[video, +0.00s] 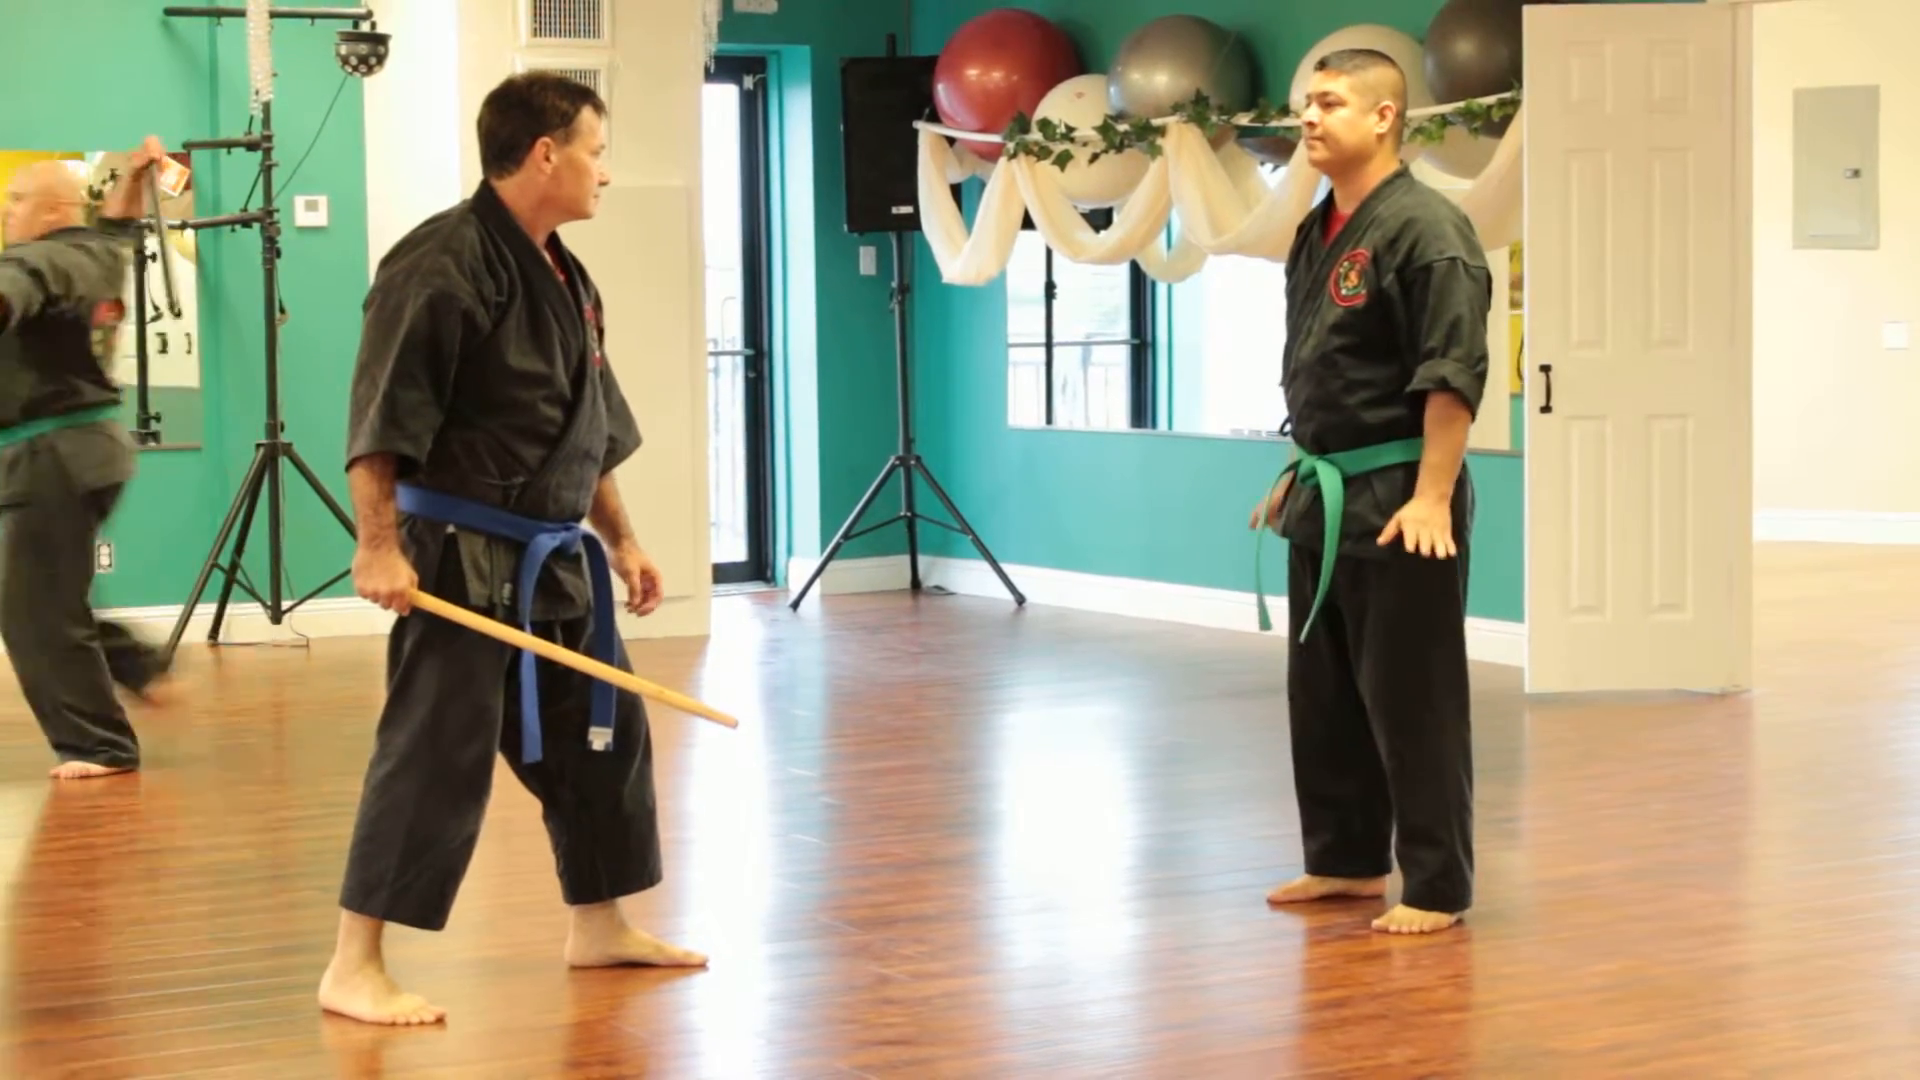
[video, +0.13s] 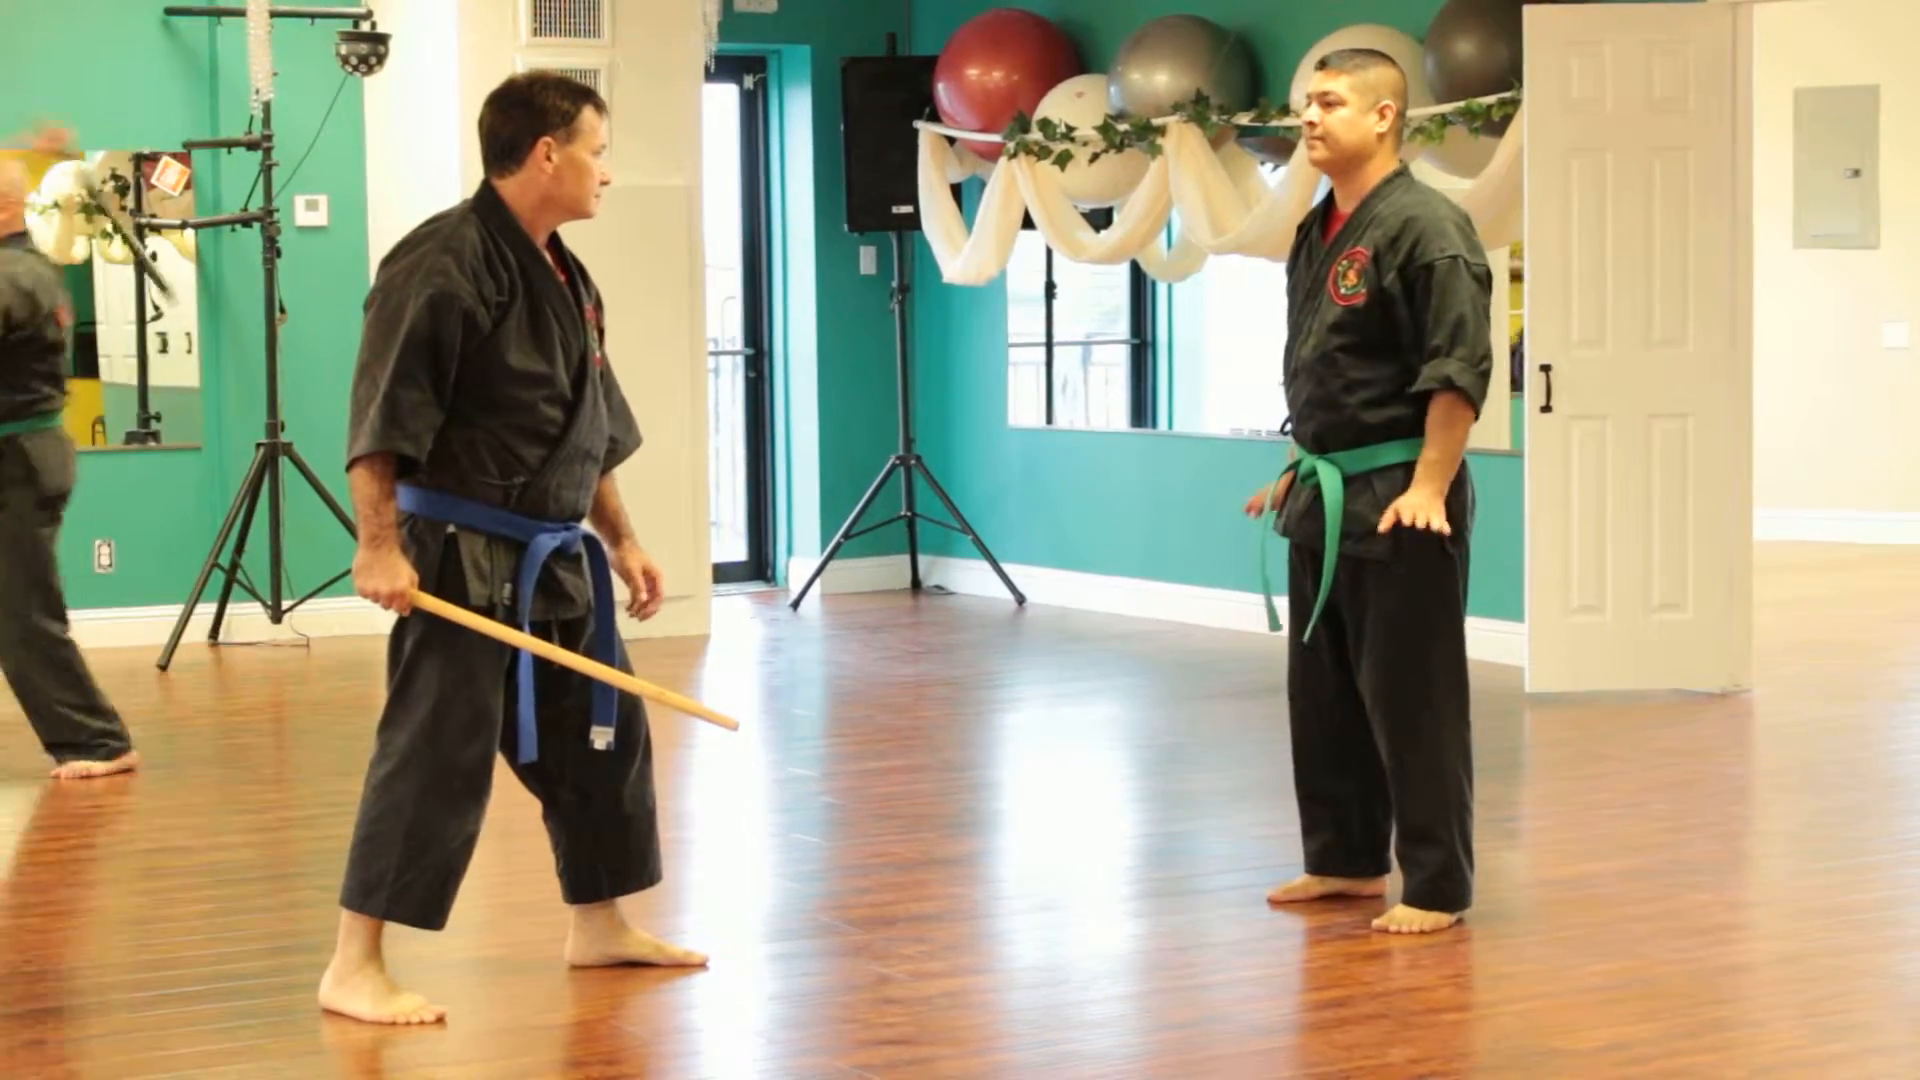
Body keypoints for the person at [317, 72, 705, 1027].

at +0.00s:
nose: (605, 173)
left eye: (604, 154)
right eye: (596, 154)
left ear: (550, 156)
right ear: (544, 155)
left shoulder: (566, 275)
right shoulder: (439, 261)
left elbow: (583, 427)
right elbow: (377, 409)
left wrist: (622, 538)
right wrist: (378, 540)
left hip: (560, 544)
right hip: (460, 542)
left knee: (600, 727)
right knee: (429, 747)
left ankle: (599, 927)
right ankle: (353, 965)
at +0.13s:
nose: (607, 173)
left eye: (606, 154)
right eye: (598, 154)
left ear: (550, 156)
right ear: (546, 154)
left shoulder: (566, 275)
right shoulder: (439, 260)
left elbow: (583, 428)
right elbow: (377, 410)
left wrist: (623, 538)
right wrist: (378, 540)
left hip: (561, 544)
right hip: (461, 541)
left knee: (600, 726)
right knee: (430, 746)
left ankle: (598, 926)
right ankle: (353, 965)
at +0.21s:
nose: (608, 173)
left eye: (607, 155)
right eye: (599, 154)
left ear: (551, 155)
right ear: (548, 154)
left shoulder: (567, 275)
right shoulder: (439, 260)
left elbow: (584, 428)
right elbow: (378, 410)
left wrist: (624, 538)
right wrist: (379, 540)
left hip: (561, 543)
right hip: (462, 541)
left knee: (600, 726)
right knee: (430, 745)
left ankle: (599, 926)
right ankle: (353, 965)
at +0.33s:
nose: (609, 174)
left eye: (607, 155)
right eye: (600, 154)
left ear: (552, 155)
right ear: (549, 154)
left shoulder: (567, 275)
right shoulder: (440, 260)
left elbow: (587, 427)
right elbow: (379, 410)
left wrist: (628, 539)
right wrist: (381, 541)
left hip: (560, 543)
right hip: (462, 541)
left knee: (601, 726)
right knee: (431, 746)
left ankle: (601, 926)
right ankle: (353, 965)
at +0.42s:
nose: (612, 176)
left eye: (610, 157)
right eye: (603, 157)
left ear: (552, 157)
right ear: (552, 157)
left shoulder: (570, 277)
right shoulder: (441, 262)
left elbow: (595, 426)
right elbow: (378, 414)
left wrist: (643, 535)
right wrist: (383, 544)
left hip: (557, 545)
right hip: (460, 543)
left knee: (614, 720)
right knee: (434, 747)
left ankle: (608, 924)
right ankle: (352, 966)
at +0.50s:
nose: (619, 184)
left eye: (618, 165)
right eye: (610, 164)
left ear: (561, 164)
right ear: (559, 164)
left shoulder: (581, 284)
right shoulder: (447, 267)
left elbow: (617, 424)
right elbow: (376, 407)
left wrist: (679, 527)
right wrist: (378, 540)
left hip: (563, 546)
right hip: (463, 545)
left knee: (641, 702)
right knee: (444, 747)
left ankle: (611, 908)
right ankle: (354, 966)